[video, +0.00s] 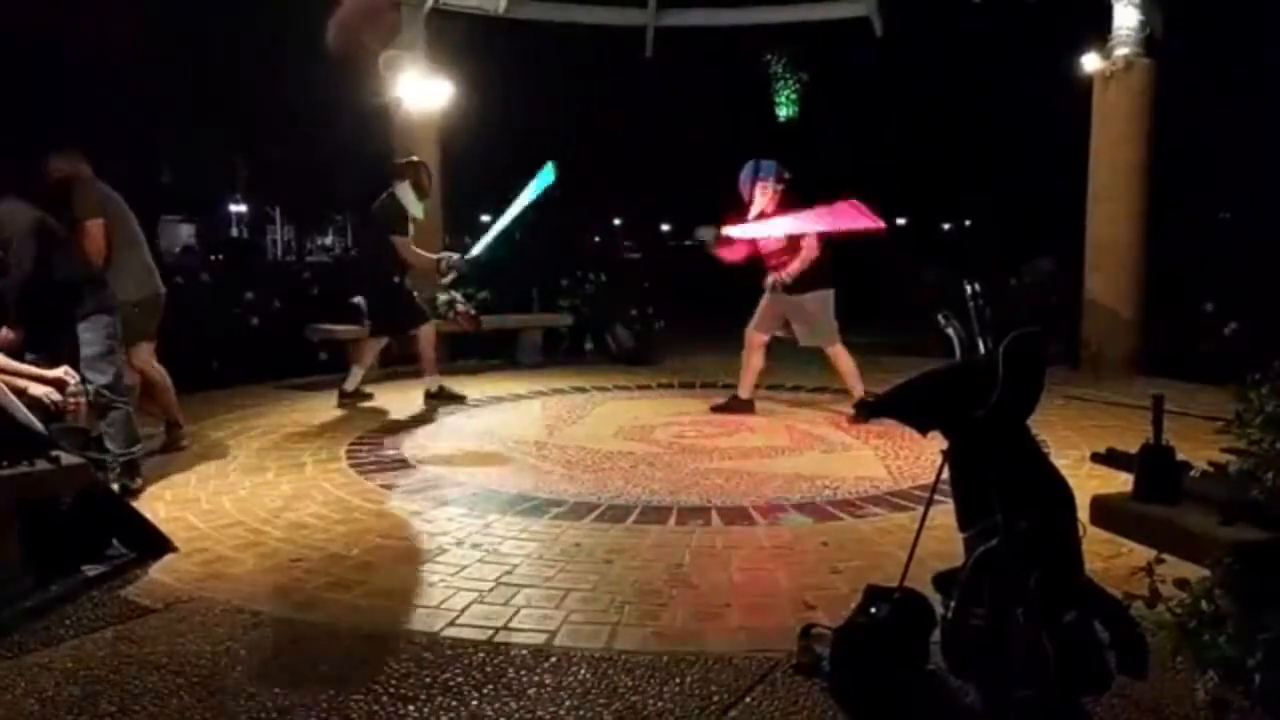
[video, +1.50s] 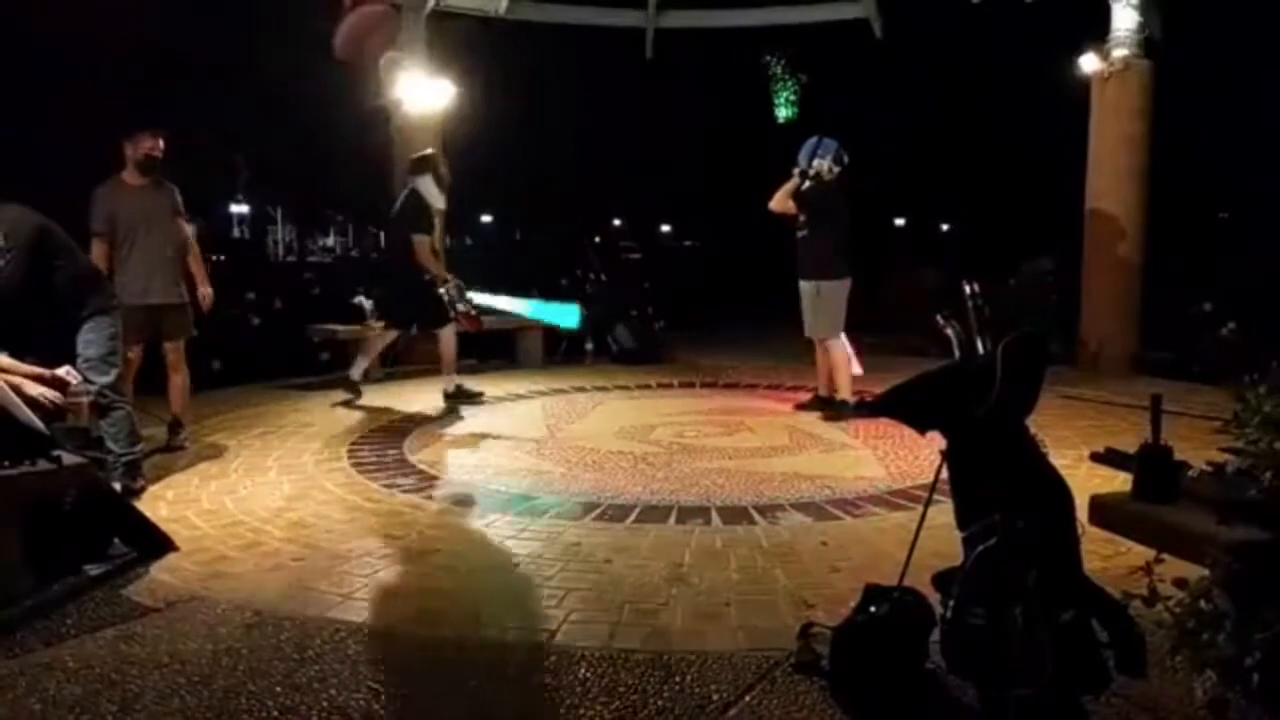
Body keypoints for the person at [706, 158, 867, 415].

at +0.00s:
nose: (767, 195)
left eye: (772, 189)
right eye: (761, 189)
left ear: (779, 191)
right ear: (751, 190)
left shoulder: (797, 215)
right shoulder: (753, 220)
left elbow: (812, 248)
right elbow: (738, 253)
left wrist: (785, 273)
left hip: (812, 288)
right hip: (778, 289)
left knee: (831, 345)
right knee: (755, 337)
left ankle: (861, 399)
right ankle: (743, 398)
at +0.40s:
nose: (747, 189)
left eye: (751, 183)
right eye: (745, 183)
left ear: (761, 183)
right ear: (740, 184)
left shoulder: (778, 205)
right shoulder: (746, 217)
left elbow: (797, 242)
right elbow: (741, 253)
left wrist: (778, 276)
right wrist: (712, 270)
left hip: (801, 282)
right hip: (769, 282)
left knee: (812, 342)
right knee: (751, 336)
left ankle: (844, 399)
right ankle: (743, 397)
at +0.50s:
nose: (753, 189)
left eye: (757, 183)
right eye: (751, 184)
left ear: (768, 182)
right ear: (750, 184)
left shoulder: (785, 206)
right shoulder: (756, 213)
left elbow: (797, 247)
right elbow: (764, 251)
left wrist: (764, 267)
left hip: (802, 288)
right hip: (773, 287)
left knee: (811, 344)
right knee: (751, 335)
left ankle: (842, 399)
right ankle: (743, 397)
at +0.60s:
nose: (768, 187)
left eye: (772, 181)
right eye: (768, 181)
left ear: (781, 181)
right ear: (773, 180)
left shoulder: (795, 206)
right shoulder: (776, 208)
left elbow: (794, 249)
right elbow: (782, 245)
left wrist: (757, 244)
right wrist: (756, 241)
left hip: (806, 288)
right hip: (782, 287)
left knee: (813, 344)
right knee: (764, 340)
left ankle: (843, 400)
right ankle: (745, 397)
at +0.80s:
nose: (787, 179)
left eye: (790, 173)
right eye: (788, 173)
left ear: (802, 173)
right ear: (809, 173)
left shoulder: (812, 200)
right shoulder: (804, 198)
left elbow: (786, 234)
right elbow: (790, 233)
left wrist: (770, 218)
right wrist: (781, 222)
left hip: (822, 282)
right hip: (804, 281)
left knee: (825, 340)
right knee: (782, 331)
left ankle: (844, 399)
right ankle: (781, 395)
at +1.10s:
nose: (807, 170)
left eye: (810, 165)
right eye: (806, 165)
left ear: (821, 164)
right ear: (813, 165)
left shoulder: (826, 191)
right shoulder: (812, 191)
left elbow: (777, 215)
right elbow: (784, 215)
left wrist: (781, 182)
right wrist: (787, 184)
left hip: (830, 277)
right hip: (809, 278)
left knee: (833, 337)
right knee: (807, 334)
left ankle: (845, 398)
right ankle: (822, 393)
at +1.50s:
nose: (812, 170)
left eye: (816, 165)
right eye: (812, 164)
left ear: (819, 166)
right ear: (829, 164)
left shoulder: (831, 194)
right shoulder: (811, 195)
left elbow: (777, 202)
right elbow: (777, 204)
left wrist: (802, 178)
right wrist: (799, 179)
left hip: (831, 273)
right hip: (810, 274)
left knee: (832, 336)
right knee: (818, 337)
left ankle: (844, 397)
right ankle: (823, 393)